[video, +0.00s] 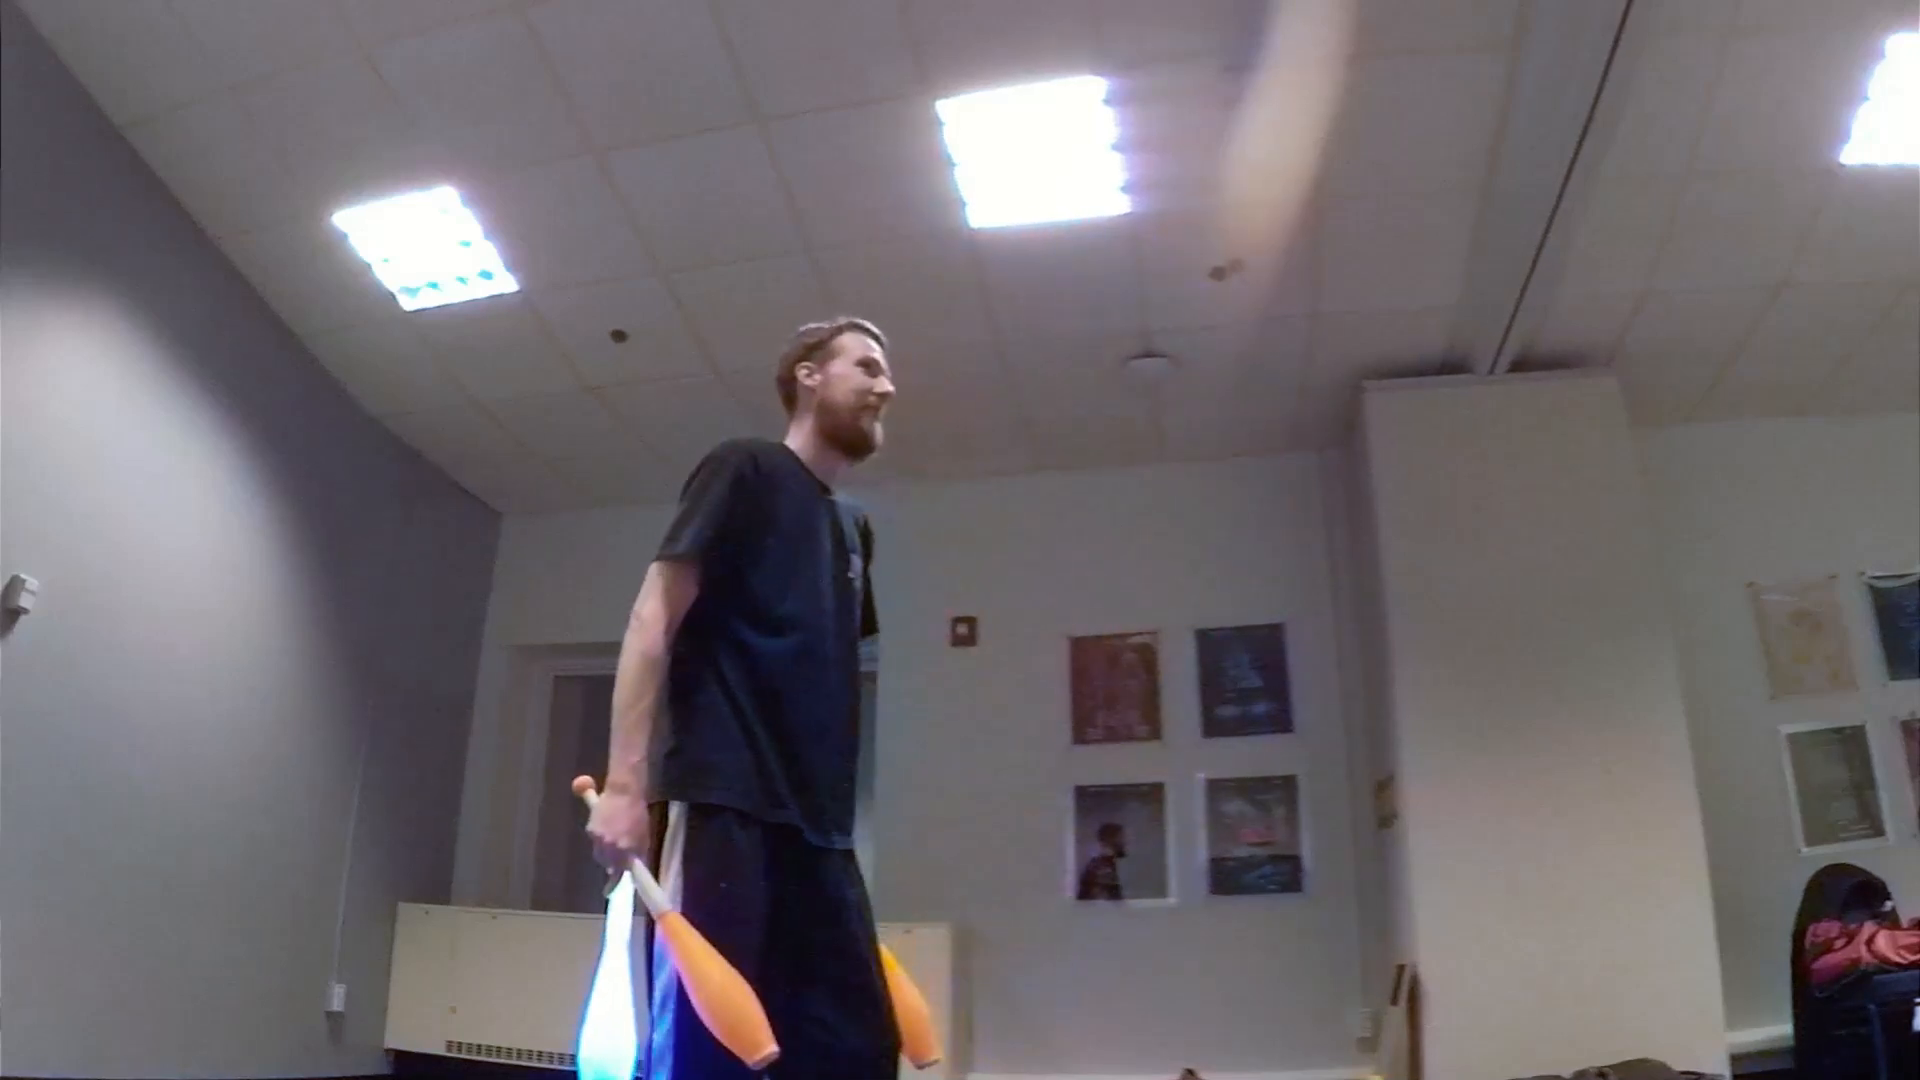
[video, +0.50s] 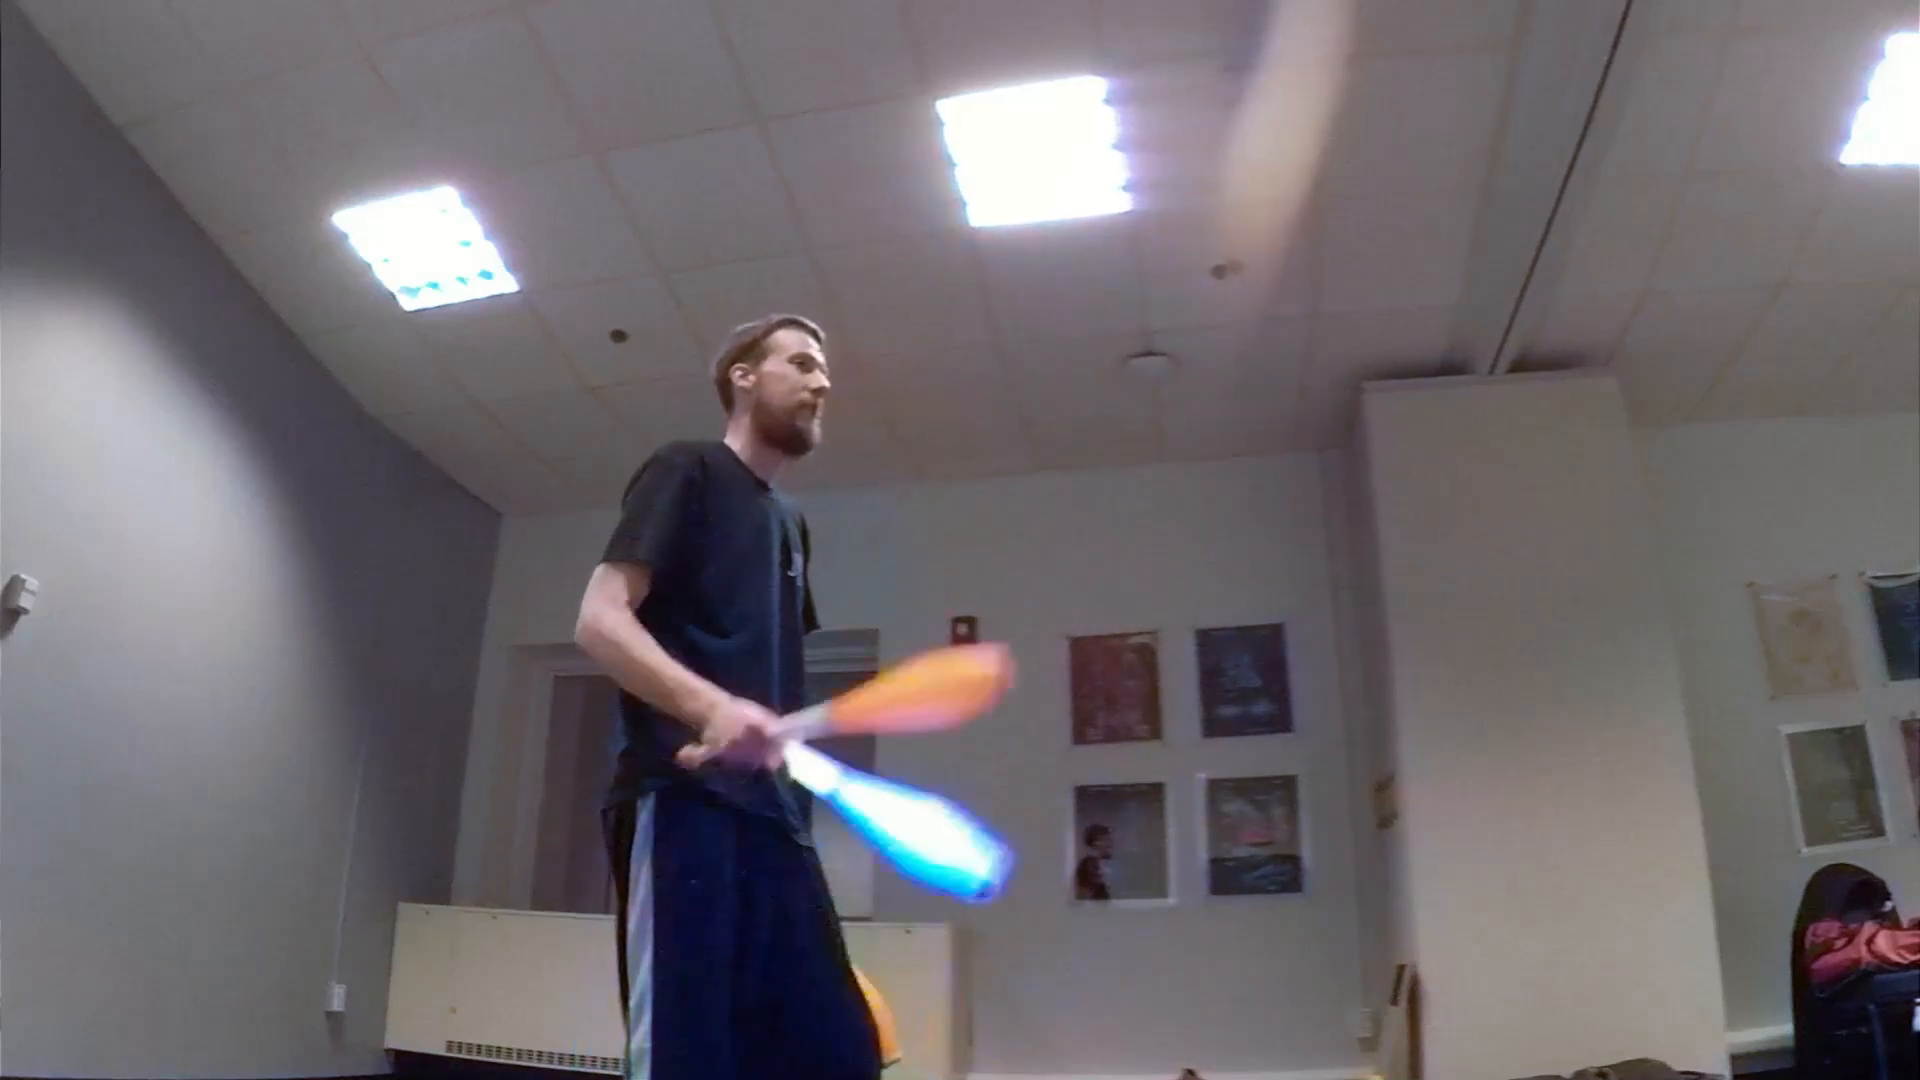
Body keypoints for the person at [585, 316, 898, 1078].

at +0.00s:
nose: (885, 384)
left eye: (887, 375)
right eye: (867, 365)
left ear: (877, 407)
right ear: (805, 378)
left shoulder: (852, 526)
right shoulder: (743, 468)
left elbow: (833, 673)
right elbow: (651, 617)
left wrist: (830, 819)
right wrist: (625, 786)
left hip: (818, 829)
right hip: (721, 815)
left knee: (857, 1044)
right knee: (705, 1045)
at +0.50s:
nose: (822, 381)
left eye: (824, 372)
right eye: (801, 362)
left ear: (822, 405)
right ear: (741, 379)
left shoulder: (790, 524)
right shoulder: (686, 470)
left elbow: (774, 670)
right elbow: (599, 618)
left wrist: (788, 740)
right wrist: (710, 709)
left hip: (771, 814)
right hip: (685, 806)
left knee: (836, 1046)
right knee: (683, 1050)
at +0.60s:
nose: (817, 383)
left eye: (821, 374)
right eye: (796, 363)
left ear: (815, 404)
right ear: (737, 380)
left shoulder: (785, 526)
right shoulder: (682, 467)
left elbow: (773, 647)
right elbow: (637, 612)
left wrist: (825, 602)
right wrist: (792, 593)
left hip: (772, 814)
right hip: (681, 800)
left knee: (812, 1041)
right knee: (680, 1040)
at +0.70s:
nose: (810, 386)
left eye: (815, 376)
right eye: (790, 367)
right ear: (732, 379)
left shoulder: (768, 518)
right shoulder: (682, 458)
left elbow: (763, 671)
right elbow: (712, 556)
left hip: (770, 814)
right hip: (681, 803)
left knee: (816, 1044)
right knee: (678, 1045)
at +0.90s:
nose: (801, 383)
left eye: (806, 375)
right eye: (784, 367)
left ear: (795, 396)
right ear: (726, 384)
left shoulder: (761, 526)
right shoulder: (680, 456)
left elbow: (756, 679)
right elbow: (768, 450)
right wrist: (879, 308)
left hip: (756, 791)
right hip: (679, 780)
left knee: (815, 1026)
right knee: (679, 1022)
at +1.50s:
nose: (801, 397)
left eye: (805, 388)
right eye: (782, 378)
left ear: (799, 411)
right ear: (724, 388)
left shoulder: (763, 534)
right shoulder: (684, 454)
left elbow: (751, 666)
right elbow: (770, 484)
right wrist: (934, 415)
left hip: (755, 798)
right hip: (674, 786)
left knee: (813, 1029)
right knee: (671, 1026)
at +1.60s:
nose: (805, 395)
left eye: (808, 386)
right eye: (786, 376)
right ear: (728, 385)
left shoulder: (763, 515)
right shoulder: (685, 451)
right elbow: (757, 502)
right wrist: (930, 447)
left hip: (756, 793)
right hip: (675, 784)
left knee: (813, 1030)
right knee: (678, 1024)